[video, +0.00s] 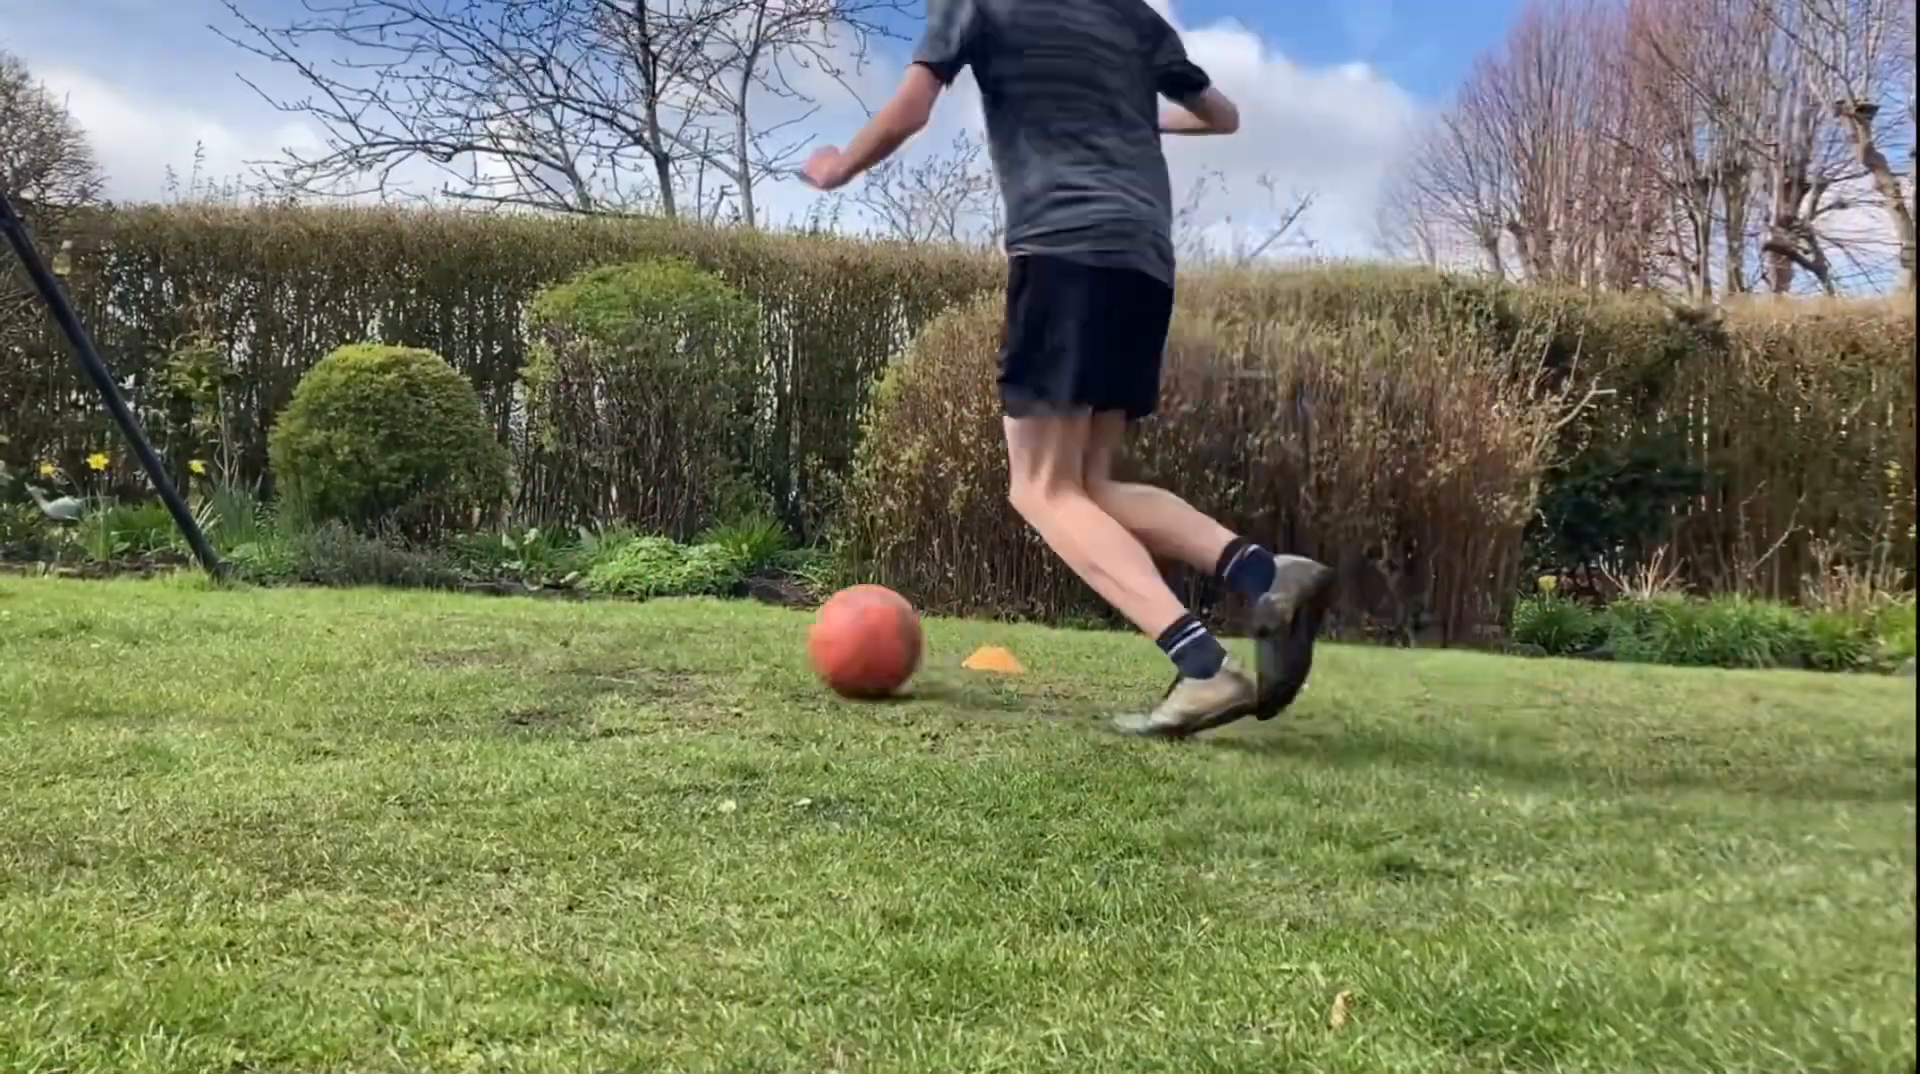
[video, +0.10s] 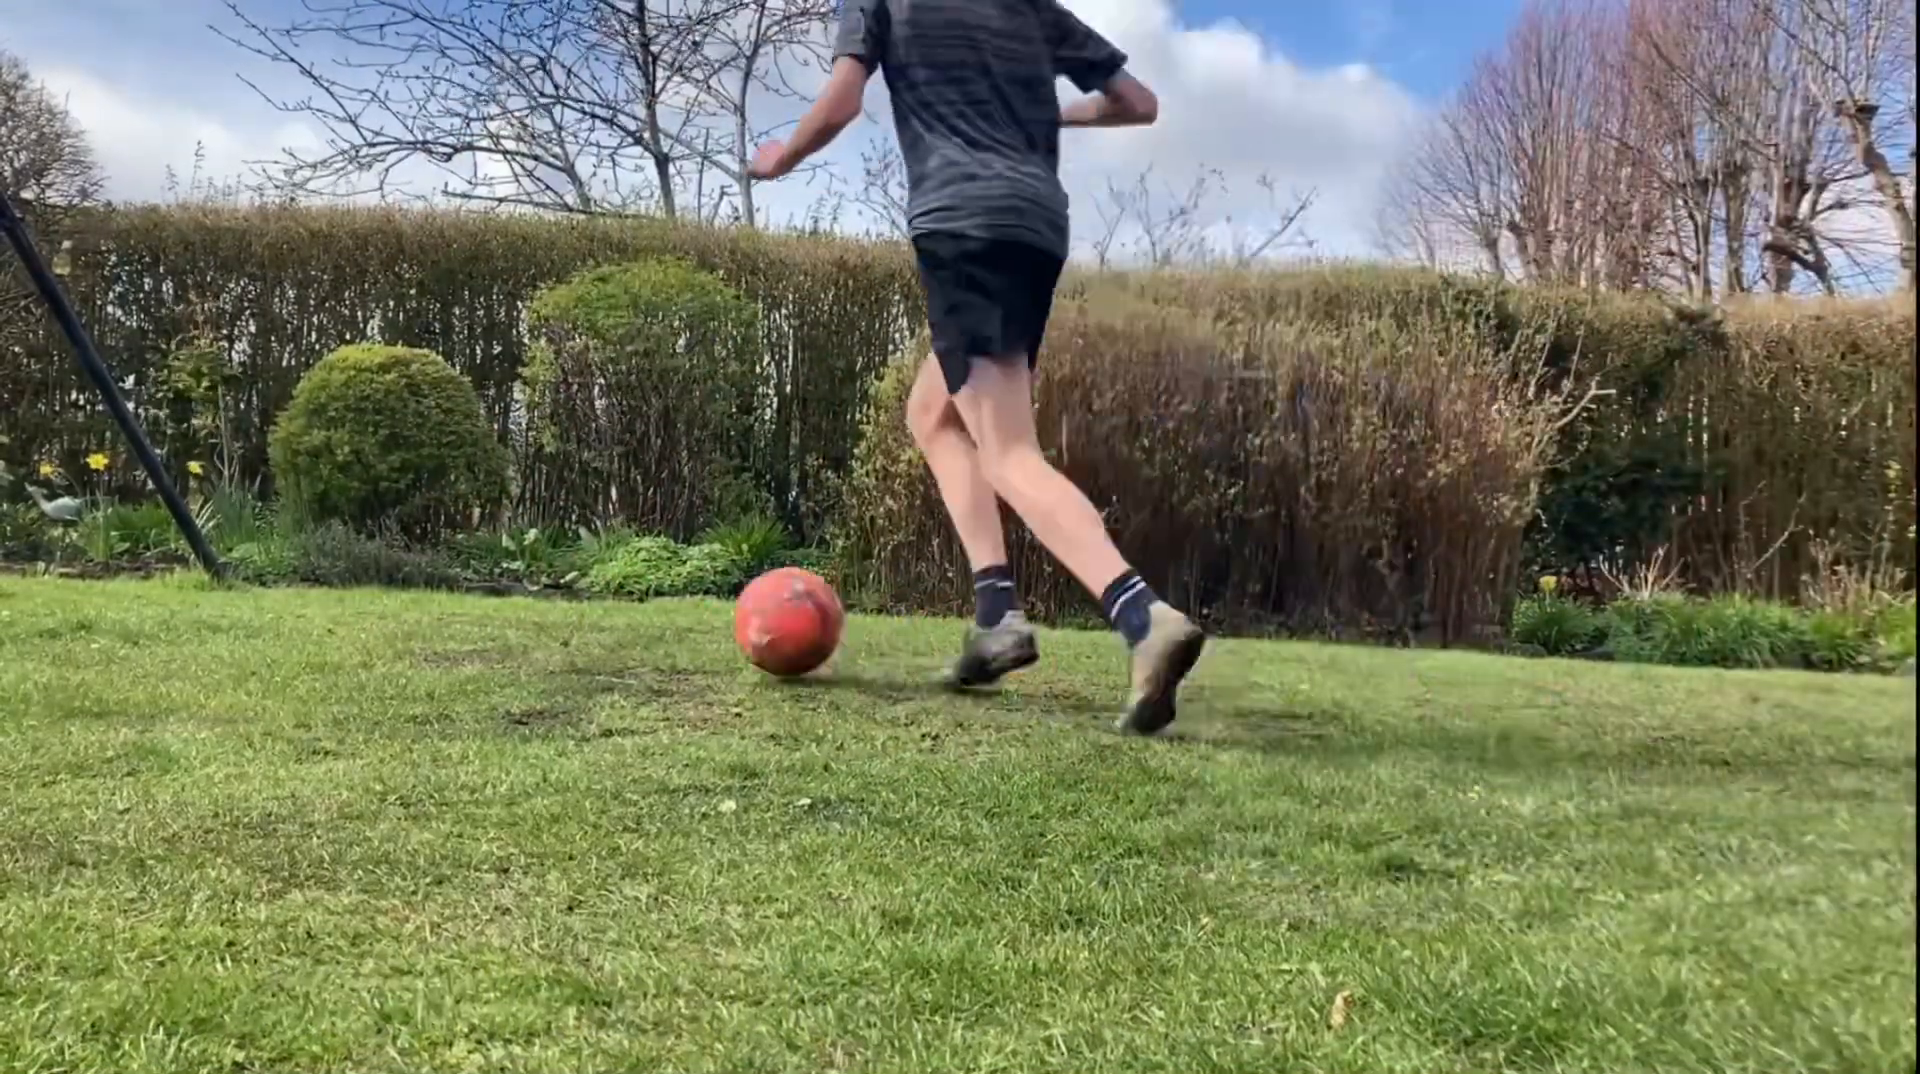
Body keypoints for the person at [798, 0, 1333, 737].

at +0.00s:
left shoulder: (977, 4)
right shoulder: (1132, 13)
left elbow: (910, 110)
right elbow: (1221, 115)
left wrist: (843, 165)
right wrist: (1152, 117)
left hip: (1061, 249)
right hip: (1147, 257)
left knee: (1042, 490)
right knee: (1093, 487)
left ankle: (1203, 666)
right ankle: (1263, 579)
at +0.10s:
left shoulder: (881, 3)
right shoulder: (1031, 7)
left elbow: (839, 107)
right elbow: (1137, 102)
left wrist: (782, 154)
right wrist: (1051, 116)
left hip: (957, 218)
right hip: (1043, 220)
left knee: (1009, 455)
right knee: (930, 415)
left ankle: (1145, 621)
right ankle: (998, 618)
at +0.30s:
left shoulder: (737, 9)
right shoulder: (863, 31)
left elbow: (724, 115)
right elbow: (940, 134)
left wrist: (676, 181)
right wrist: (903, 234)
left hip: (796, 223)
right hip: (876, 239)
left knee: (727, 407)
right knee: (793, 410)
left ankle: (777, 589)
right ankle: (869, 579)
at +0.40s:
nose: (667, 20)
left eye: (668, 12)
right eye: (670, 15)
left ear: (685, 5)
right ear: (734, 9)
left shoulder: (673, 38)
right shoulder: (793, 58)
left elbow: (648, 146)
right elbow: (878, 142)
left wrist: (626, 209)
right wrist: (868, 266)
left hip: (715, 246)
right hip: (794, 261)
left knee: (654, 424)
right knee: (723, 410)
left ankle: (646, 627)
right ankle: (772, 572)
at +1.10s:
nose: (601, 144)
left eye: (610, 135)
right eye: (598, 126)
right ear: (562, 107)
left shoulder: (527, 177)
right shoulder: (499, 158)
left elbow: (487, 274)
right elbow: (403, 219)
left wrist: (529, 328)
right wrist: (453, 319)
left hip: (431, 329)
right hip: (422, 326)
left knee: (468, 465)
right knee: (552, 435)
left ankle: (373, 590)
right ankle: (477, 566)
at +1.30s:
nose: (568, 66)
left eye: (577, 56)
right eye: (559, 48)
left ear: (580, 61)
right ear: (520, 39)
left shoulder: (546, 137)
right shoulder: (461, 112)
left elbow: (502, 235)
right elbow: (379, 209)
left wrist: (558, 275)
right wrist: (434, 289)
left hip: (491, 316)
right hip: (421, 309)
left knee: (511, 475)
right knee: (441, 477)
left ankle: (437, 549)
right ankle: (349, 582)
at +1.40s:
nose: (560, 56)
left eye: (569, 45)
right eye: (549, 37)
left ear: (570, 52)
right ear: (509, 32)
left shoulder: (551, 131)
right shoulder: (461, 108)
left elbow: (519, 238)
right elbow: (405, 220)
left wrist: (559, 263)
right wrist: (497, 259)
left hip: (500, 316)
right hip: (426, 313)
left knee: (553, 442)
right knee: (429, 483)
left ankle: (493, 571)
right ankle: (354, 580)